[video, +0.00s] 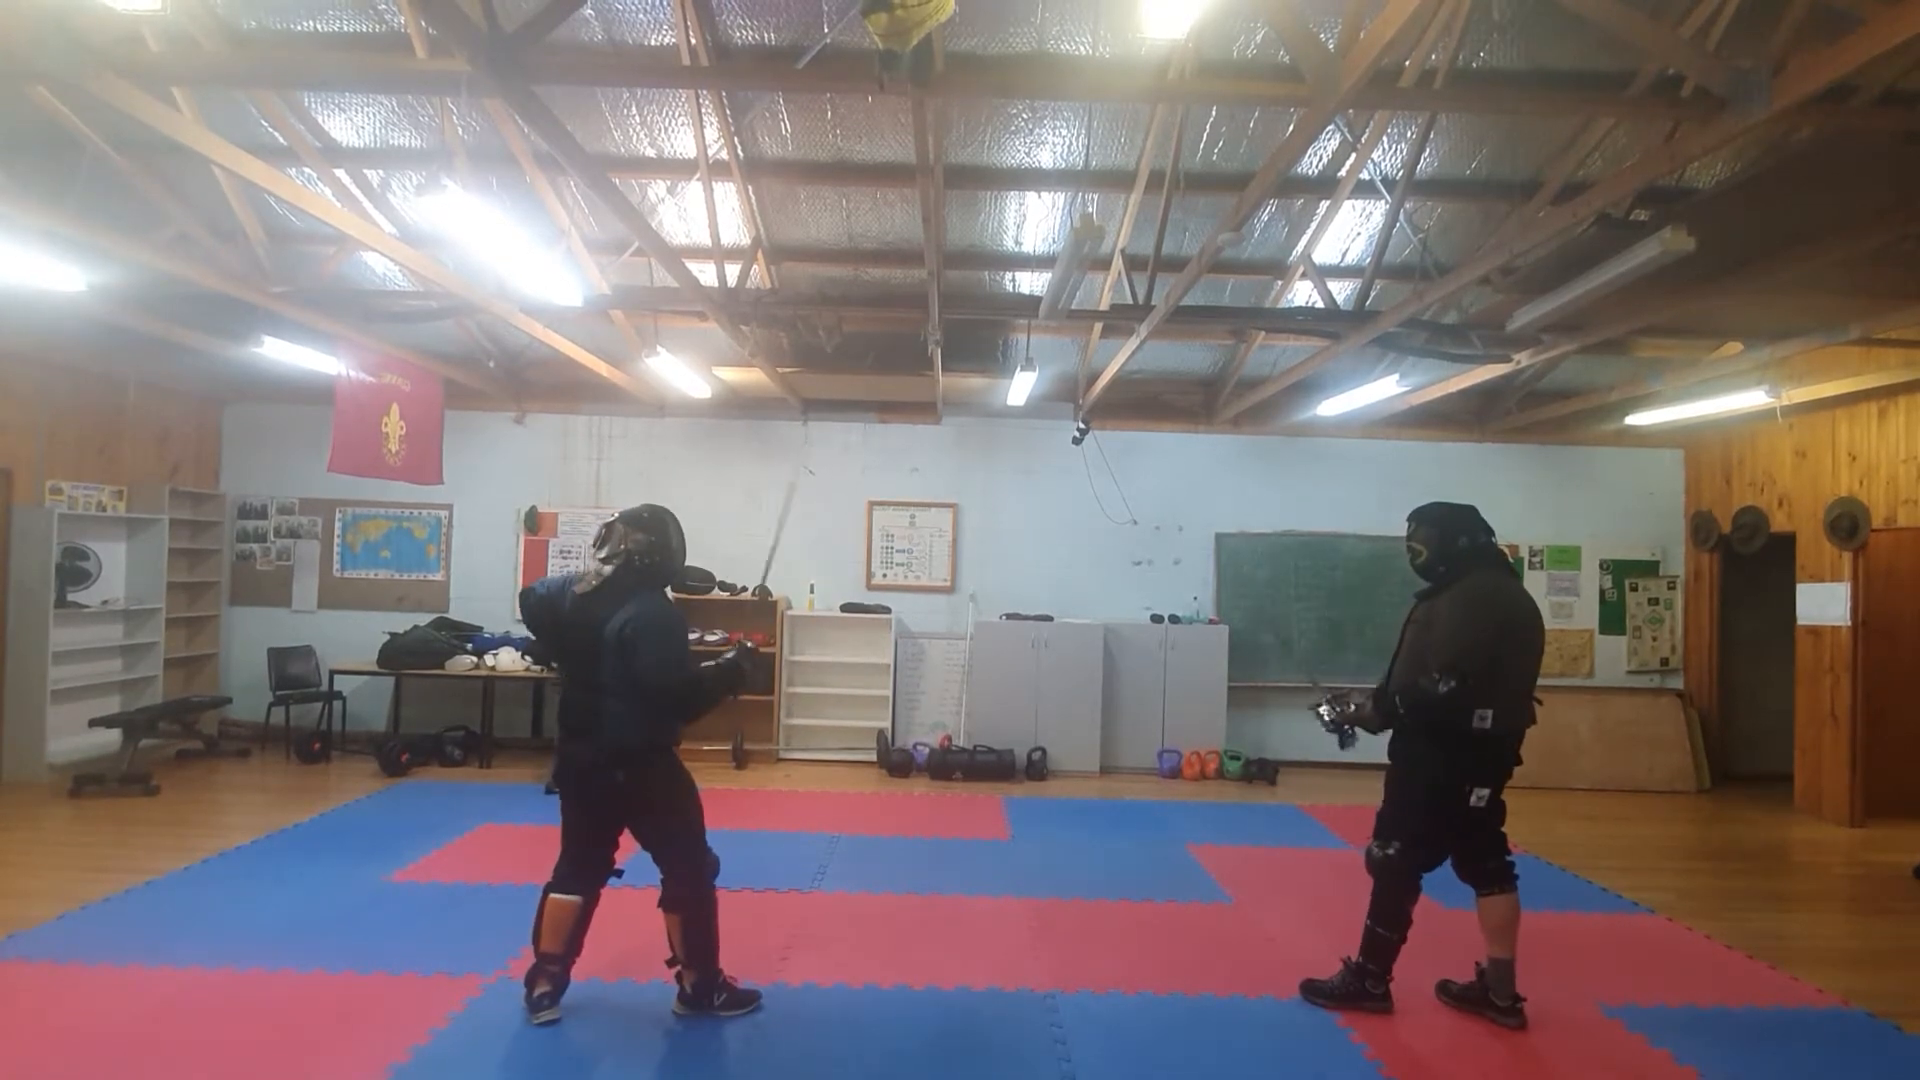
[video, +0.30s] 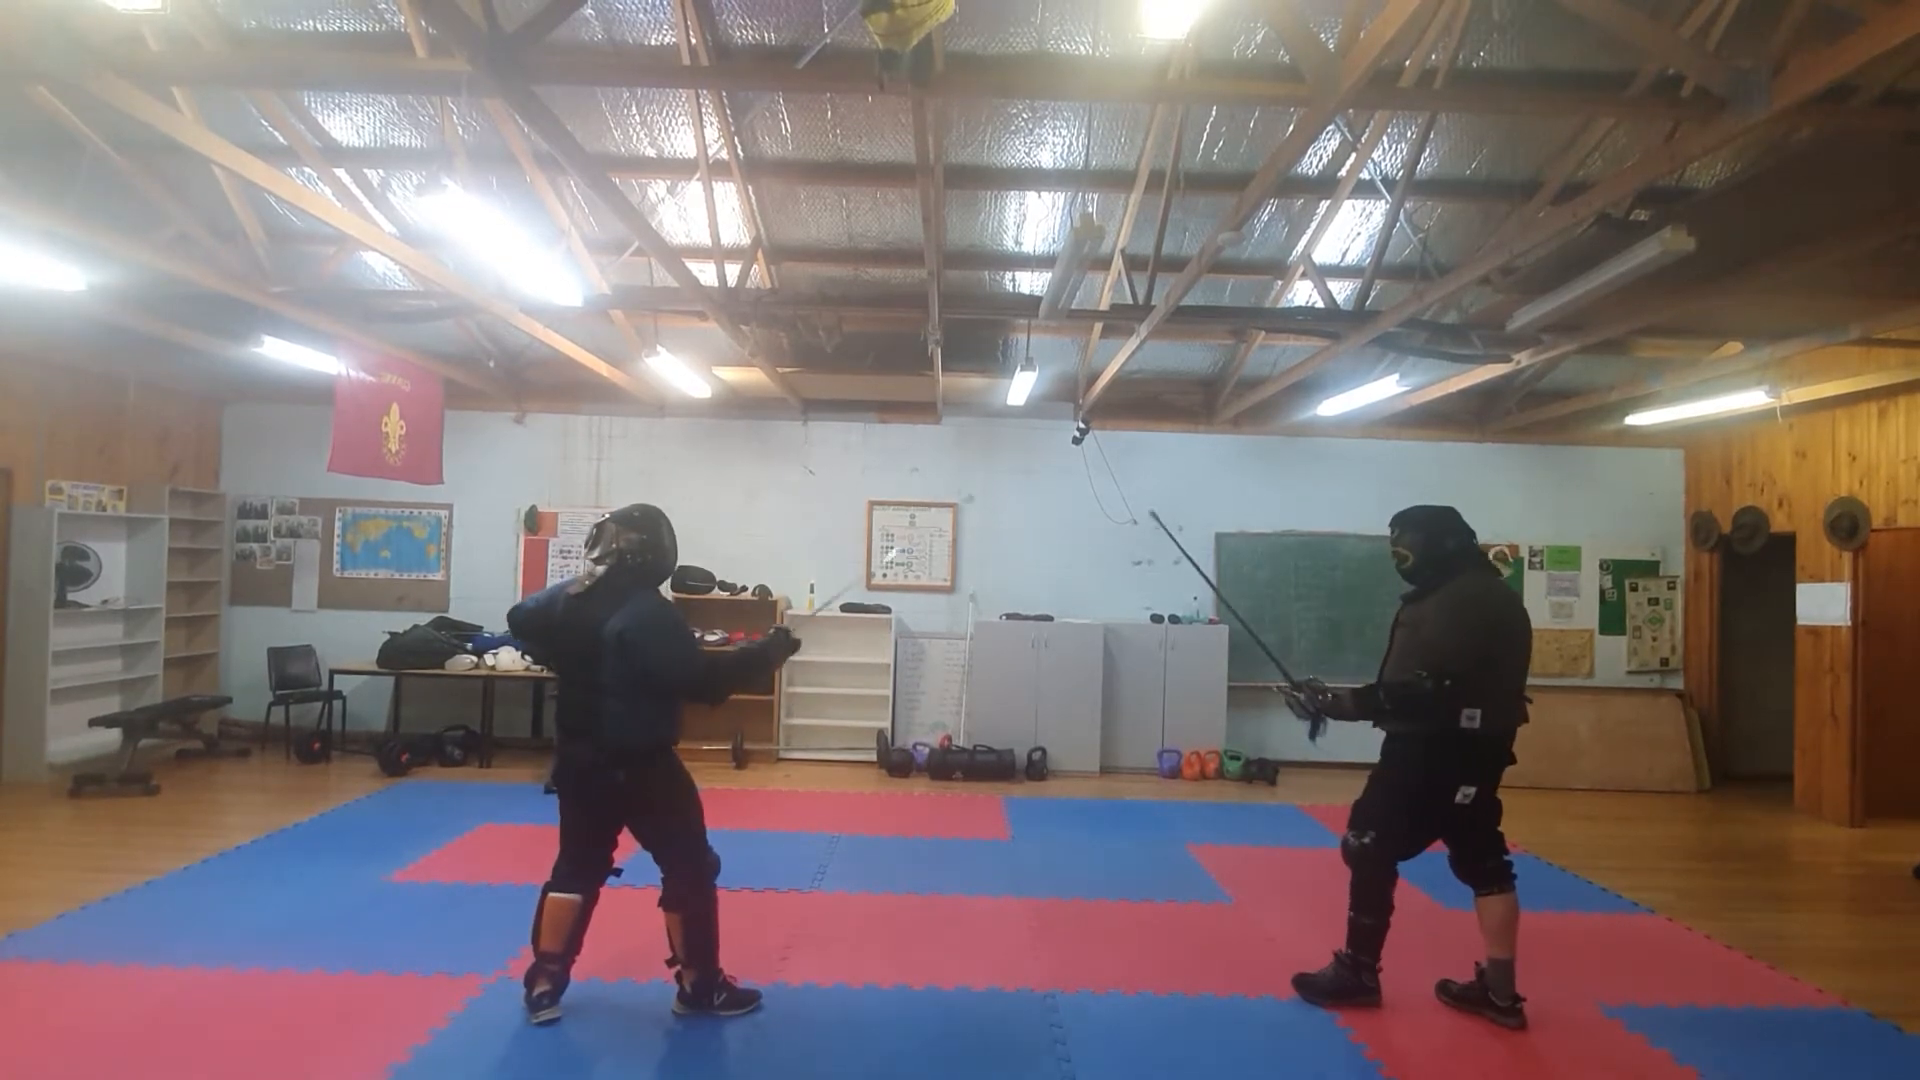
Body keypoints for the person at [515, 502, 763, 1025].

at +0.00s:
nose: (676, 563)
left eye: (674, 554)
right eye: (673, 554)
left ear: (613, 547)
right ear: (663, 554)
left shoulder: (580, 601)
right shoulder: (655, 615)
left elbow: (532, 601)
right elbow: (674, 700)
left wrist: (581, 581)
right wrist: (728, 672)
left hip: (581, 766)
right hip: (646, 768)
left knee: (578, 864)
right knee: (689, 865)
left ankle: (545, 983)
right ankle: (700, 983)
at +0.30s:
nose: (669, 563)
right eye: (667, 555)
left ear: (603, 552)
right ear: (657, 557)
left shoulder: (571, 607)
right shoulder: (650, 614)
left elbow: (520, 617)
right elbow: (706, 681)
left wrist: (573, 587)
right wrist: (776, 645)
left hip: (582, 769)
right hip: (647, 770)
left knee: (577, 866)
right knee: (690, 866)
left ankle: (544, 984)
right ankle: (700, 983)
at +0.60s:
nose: (678, 565)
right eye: (674, 556)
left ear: (610, 554)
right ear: (667, 557)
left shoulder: (577, 609)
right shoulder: (664, 615)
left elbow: (525, 623)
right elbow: (732, 650)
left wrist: (581, 593)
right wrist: (814, 637)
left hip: (585, 770)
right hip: (653, 768)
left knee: (580, 863)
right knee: (707, 859)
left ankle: (545, 980)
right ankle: (725, 980)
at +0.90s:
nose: (723, 566)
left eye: (661, 551)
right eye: (721, 557)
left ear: (657, 555)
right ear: (716, 559)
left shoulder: (621, 608)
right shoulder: (718, 616)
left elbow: (573, 624)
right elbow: (781, 652)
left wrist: (625, 590)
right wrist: (855, 635)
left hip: (635, 769)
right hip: (706, 772)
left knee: (602, 864)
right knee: (742, 866)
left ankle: (551, 978)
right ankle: (745, 983)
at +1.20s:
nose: (731, 571)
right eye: (730, 562)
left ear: (668, 557)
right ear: (724, 563)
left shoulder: (633, 611)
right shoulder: (731, 618)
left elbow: (577, 629)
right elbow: (795, 659)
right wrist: (862, 640)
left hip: (646, 771)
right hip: (716, 771)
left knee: (630, 864)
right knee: (758, 863)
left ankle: (593, 983)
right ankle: (746, 984)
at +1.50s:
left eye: (650, 548)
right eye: (711, 555)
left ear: (650, 551)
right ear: (708, 556)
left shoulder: (615, 608)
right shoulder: (712, 613)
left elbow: (558, 636)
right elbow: (770, 660)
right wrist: (842, 647)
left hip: (632, 771)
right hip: (702, 771)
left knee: (622, 866)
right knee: (743, 864)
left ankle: (591, 986)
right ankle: (745, 984)